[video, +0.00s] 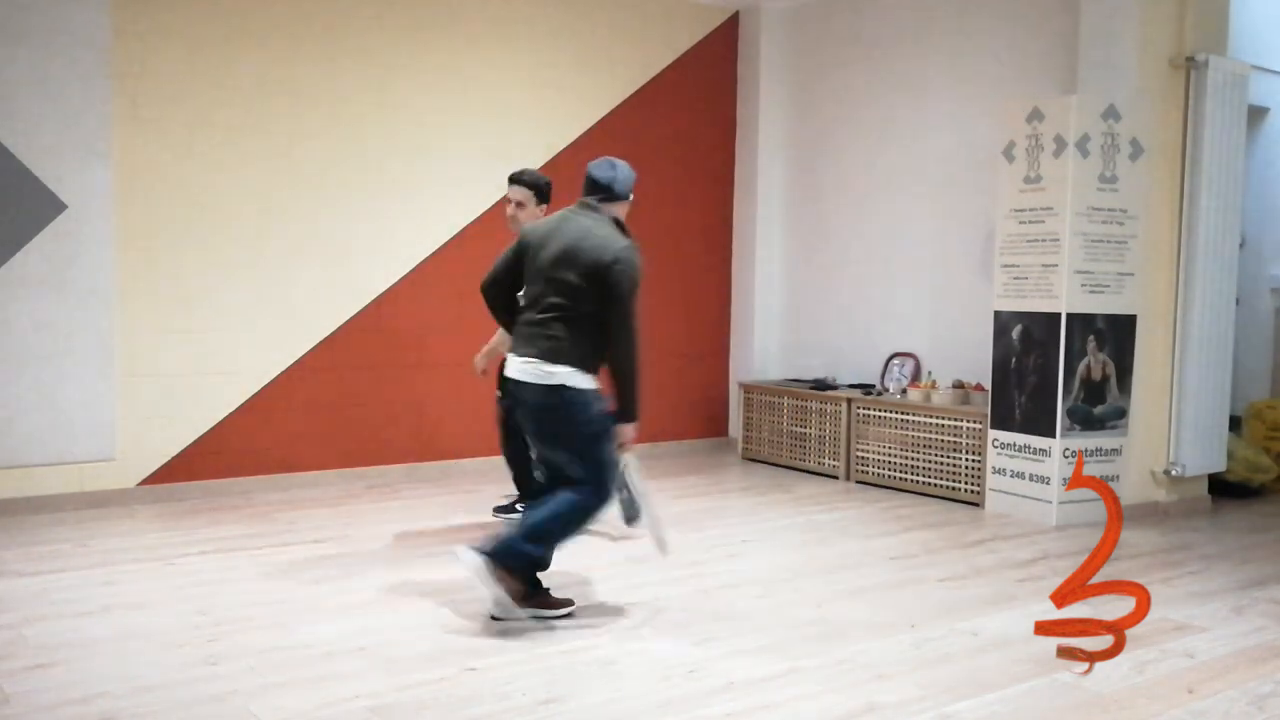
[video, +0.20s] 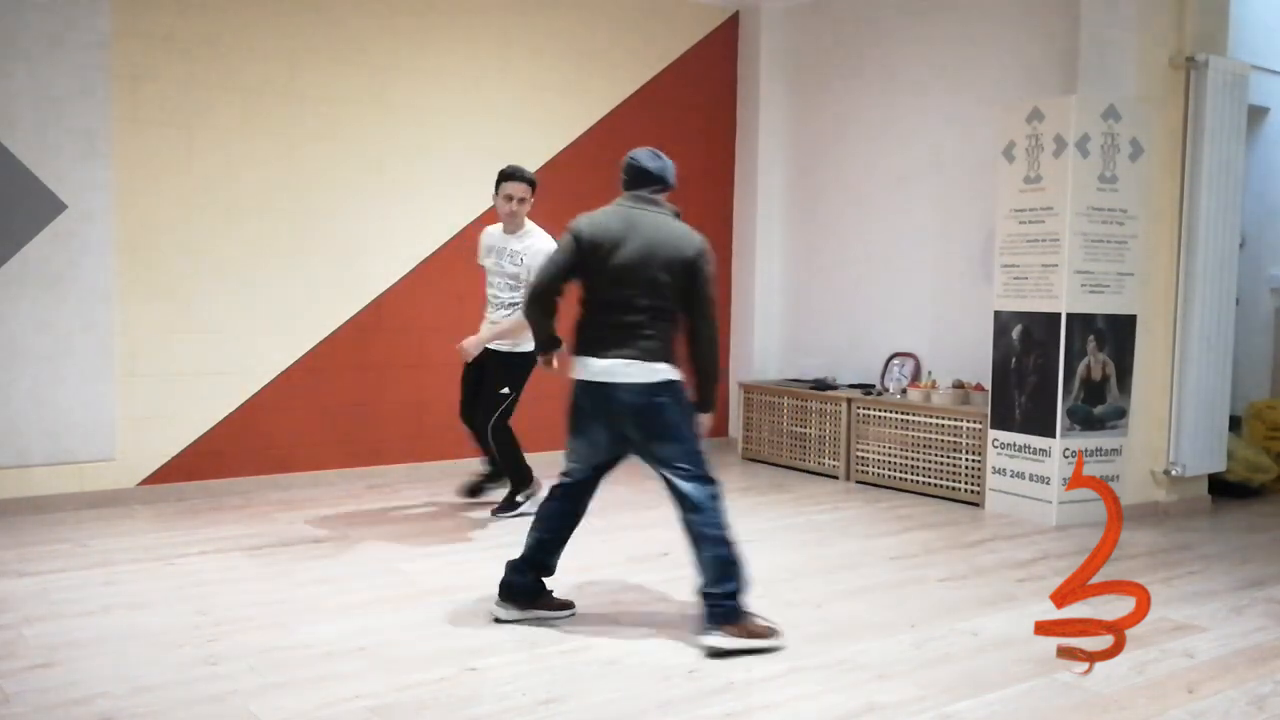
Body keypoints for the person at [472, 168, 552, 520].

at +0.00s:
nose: (510, 212)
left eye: (519, 205)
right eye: (508, 203)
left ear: (542, 208)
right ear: (506, 203)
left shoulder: (546, 250)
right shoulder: (527, 247)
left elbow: (526, 311)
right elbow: (522, 308)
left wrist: (490, 351)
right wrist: (495, 349)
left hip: (535, 354)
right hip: (519, 353)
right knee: (513, 423)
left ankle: (533, 495)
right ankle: (530, 492)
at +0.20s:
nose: (513, 207)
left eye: (521, 200)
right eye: (507, 199)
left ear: (531, 203)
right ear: (495, 199)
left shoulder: (543, 247)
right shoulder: (488, 238)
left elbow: (536, 312)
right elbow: (493, 293)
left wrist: (484, 338)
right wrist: (484, 332)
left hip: (520, 348)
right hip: (488, 342)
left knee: (492, 421)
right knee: (470, 412)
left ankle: (524, 482)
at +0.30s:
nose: (509, 207)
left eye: (517, 200)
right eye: (503, 198)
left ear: (525, 203)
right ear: (489, 199)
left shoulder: (538, 247)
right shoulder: (472, 238)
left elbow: (534, 309)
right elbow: (465, 290)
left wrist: (488, 345)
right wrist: (465, 331)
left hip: (515, 350)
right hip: (471, 343)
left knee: (500, 421)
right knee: (458, 414)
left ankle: (497, 487)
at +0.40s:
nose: (505, 211)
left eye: (511, 205)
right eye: (498, 203)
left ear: (518, 207)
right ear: (483, 204)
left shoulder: (530, 252)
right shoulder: (459, 245)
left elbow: (532, 312)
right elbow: (442, 296)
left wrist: (504, 354)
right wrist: (433, 342)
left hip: (509, 353)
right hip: (461, 349)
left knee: (509, 424)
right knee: (449, 418)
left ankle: (478, 484)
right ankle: (434, 480)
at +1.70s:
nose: (494, 193)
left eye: (497, 185)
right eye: (487, 185)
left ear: (492, 187)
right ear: (461, 183)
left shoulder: (481, 232)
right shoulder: (432, 227)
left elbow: (483, 298)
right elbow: (403, 292)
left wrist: (493, 353)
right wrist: (412, 356)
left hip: (463, 342)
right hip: (432, 343)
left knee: (474, 414)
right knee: (443, 422)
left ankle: (448, 491)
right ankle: (442, 517)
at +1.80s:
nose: (483, 191)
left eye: (485, 184)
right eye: (476, 183)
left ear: (471, 185)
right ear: (450, 183)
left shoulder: (467, 231)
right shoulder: (420, 227)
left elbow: (467, 297)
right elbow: (397, 294)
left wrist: (468, 353)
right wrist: (406, 358)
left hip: (450, 344)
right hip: (421, 343)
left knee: (450, 418)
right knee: (433, 424)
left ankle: (394, 490)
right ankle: (441, 516)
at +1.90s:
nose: (469, 193)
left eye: (470, 184)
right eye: (462, 184)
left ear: (457, 185)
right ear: (435, 184)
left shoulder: (450, 232)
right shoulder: (409, 226)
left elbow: (451, 296)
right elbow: (383, 296)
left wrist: (451, 350)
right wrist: (388, 361)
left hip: (433, 344)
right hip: (409, 343)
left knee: (406, 426)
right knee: (432, 426)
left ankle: (348, 494)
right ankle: (441, 518)